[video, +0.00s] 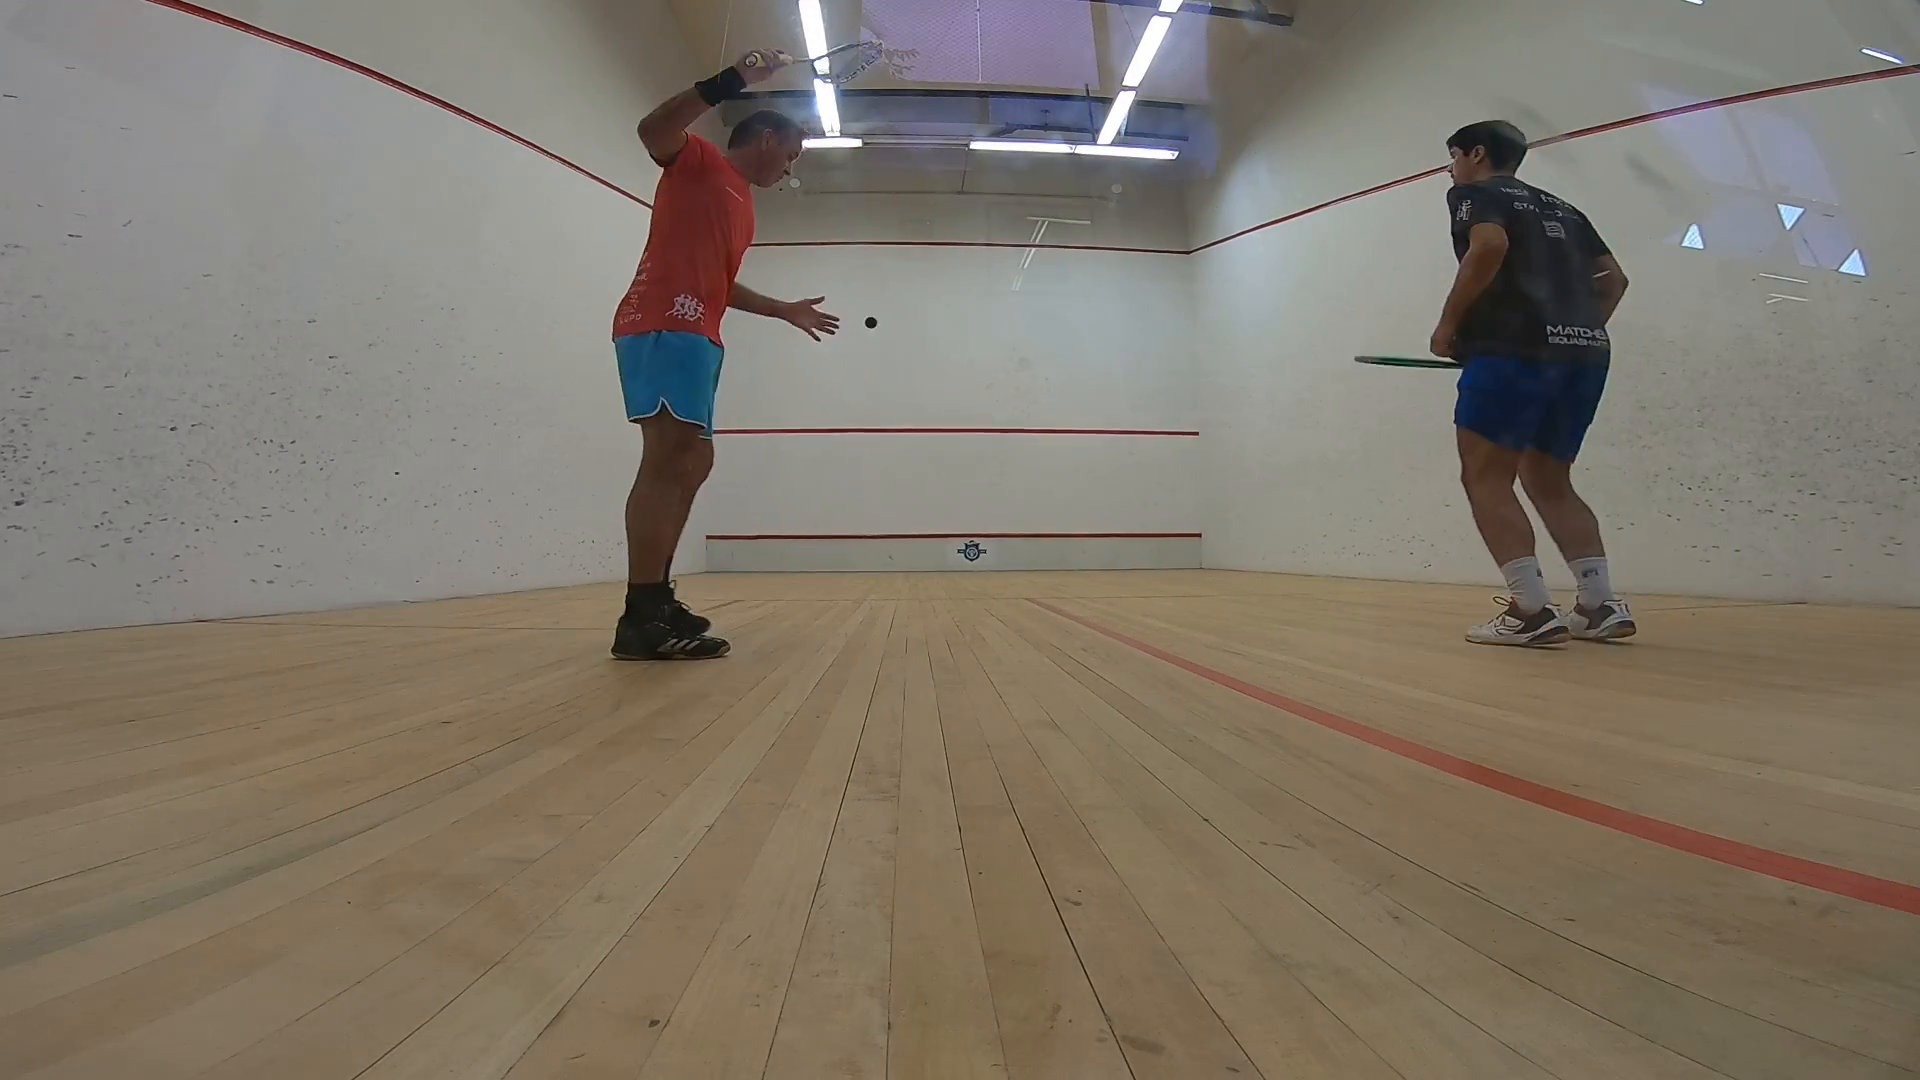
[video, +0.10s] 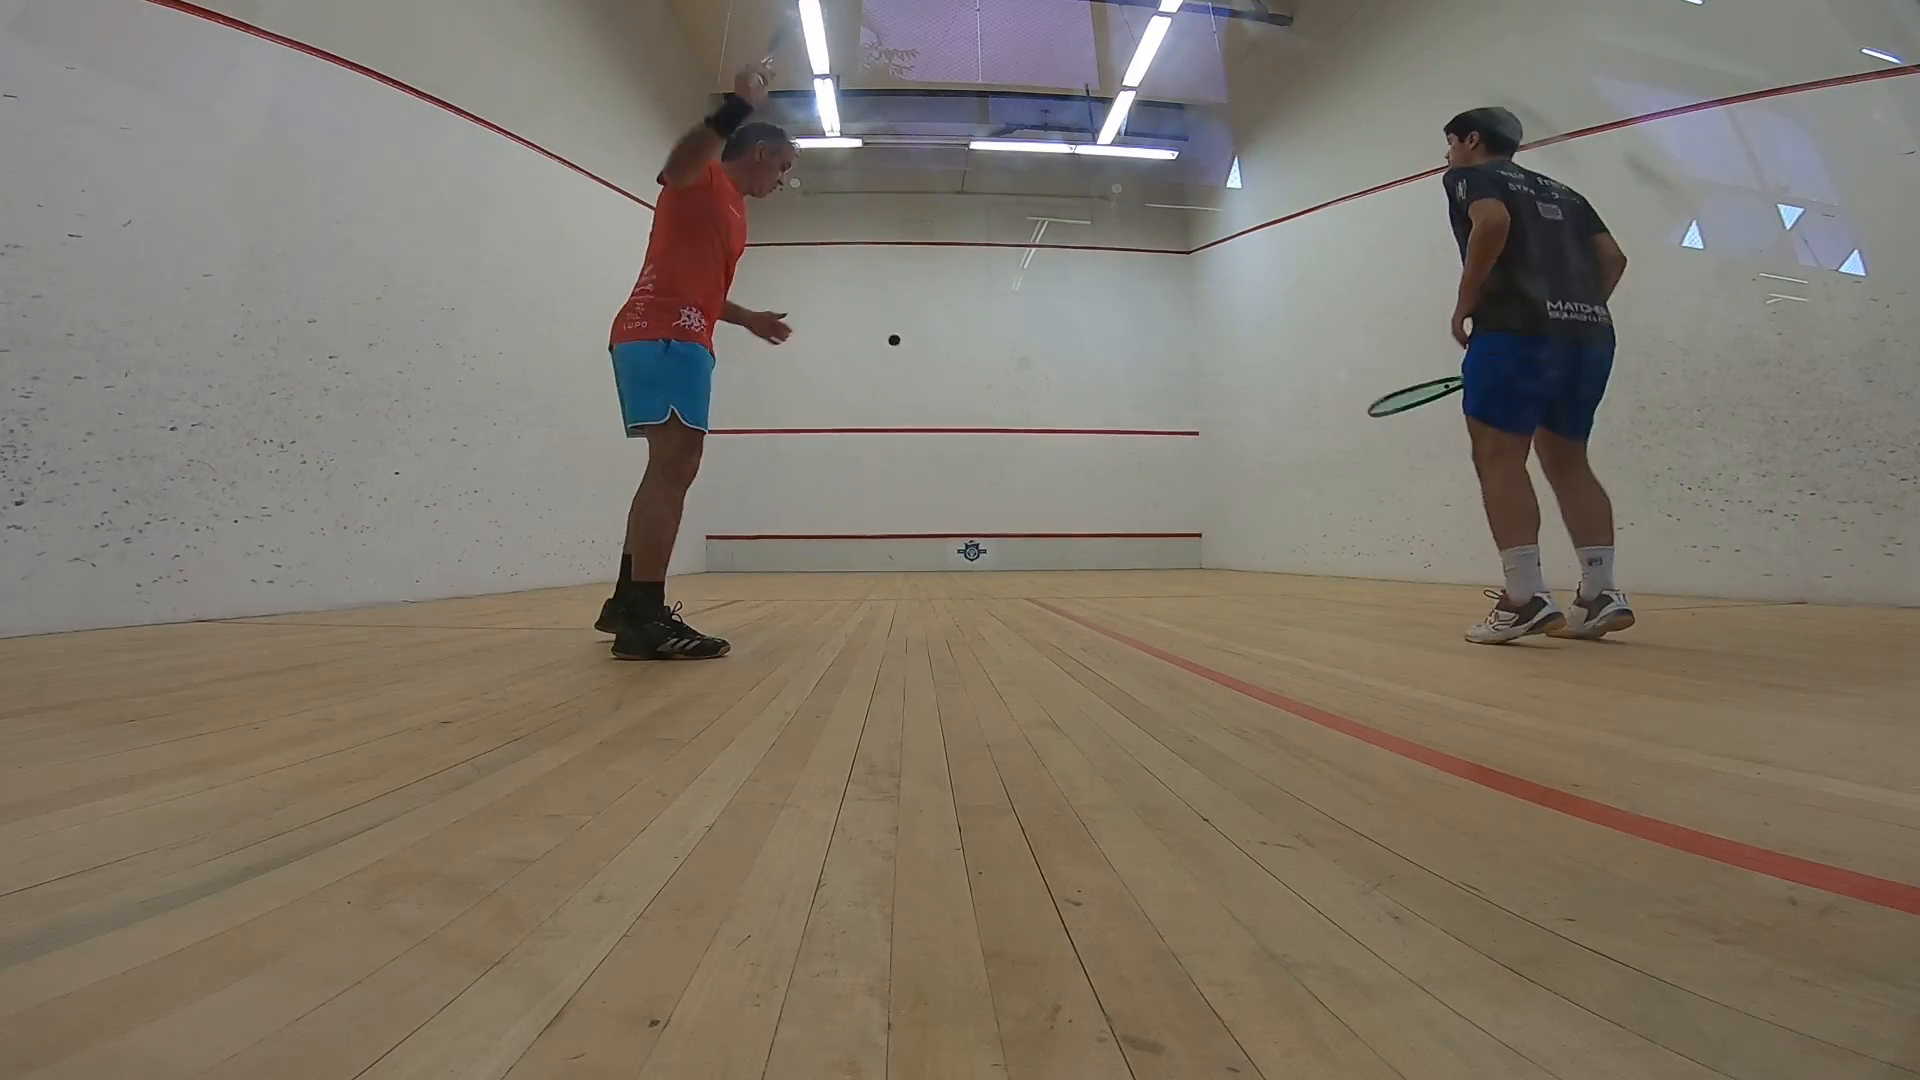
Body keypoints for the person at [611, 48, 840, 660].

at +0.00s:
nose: (790, 170)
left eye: (795, 160)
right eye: (790, 156)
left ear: (767, 150)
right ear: (764, 138)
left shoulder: (739, 204)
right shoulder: (700, 158)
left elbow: (718, 285)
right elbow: (654, 130)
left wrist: (785, 309)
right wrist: (726, 82)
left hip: (693, 334)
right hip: (664, 328)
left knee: (693, 462)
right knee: (668, 460)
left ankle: (655, 604)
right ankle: (642, 616)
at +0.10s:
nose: (780, 183)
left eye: (785, 175)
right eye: (781, 170)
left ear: (759, 163)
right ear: (756, 152)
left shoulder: (733, 213)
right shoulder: (708, 176)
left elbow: (697, 291)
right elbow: (675, 172)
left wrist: (749, 318)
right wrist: (736, 108)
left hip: (676, 337)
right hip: (664, 335)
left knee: (669, 465)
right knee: (676, 464)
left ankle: (629, 600)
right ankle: (645, 616)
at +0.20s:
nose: (771, 193)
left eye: (774, 184)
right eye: (769, 181)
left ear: (730, 165)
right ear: (748, 169)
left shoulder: (686, 205)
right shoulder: (710, 198)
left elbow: (660, 295)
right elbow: (729, 262)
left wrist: (704, 334)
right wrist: (777, 232)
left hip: (632, 348)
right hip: (665, 348)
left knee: (661, 473)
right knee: (683, 468)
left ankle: (622, 608)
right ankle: (648, 616)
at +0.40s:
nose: (742, 202)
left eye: (740, 196)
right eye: (744, 195)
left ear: (694, 187)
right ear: (738, 192)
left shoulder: (650, 220)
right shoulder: (740, 223)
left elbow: (600, 285)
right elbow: (731, 310)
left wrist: (633, 331)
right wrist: (703, 343)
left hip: (626, 357)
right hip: (686, 357)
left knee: (647, 477)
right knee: (721, 475)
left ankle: (618, 609)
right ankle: (670, 592)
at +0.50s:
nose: (734, 204)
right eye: (734, 198)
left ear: (686, 192)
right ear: (731, 196)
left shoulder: (647, 222)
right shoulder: (745, 228)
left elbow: (592, 283)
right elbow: (736, 304)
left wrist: (614, 337)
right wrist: (694, 336)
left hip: (637, 355)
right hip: (705, 359)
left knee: (641, 482)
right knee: (725, 483)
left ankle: (621, 607)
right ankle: (712, 594)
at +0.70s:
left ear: (680, 207)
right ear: (726, 213)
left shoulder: (662, 230)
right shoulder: (753, 249)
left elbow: (631, 278)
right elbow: (762, 322)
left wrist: (586, 331)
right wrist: (714, 337)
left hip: (668, 359)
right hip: (733, 367)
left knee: (654, 486)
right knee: (743, 485)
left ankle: (628, 605)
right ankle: (779, 600)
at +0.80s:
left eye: (678, 221)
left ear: (681, 218)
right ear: (726, 225)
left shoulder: (672, 238)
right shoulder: (756, 262)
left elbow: (662, 278)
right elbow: (772, 330)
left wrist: (602, 329)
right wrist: (726, 351)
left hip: (688, 370)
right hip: (748, 376)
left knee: (666, 490)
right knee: (756, 492)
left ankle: (641, 602)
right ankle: (787, 603)